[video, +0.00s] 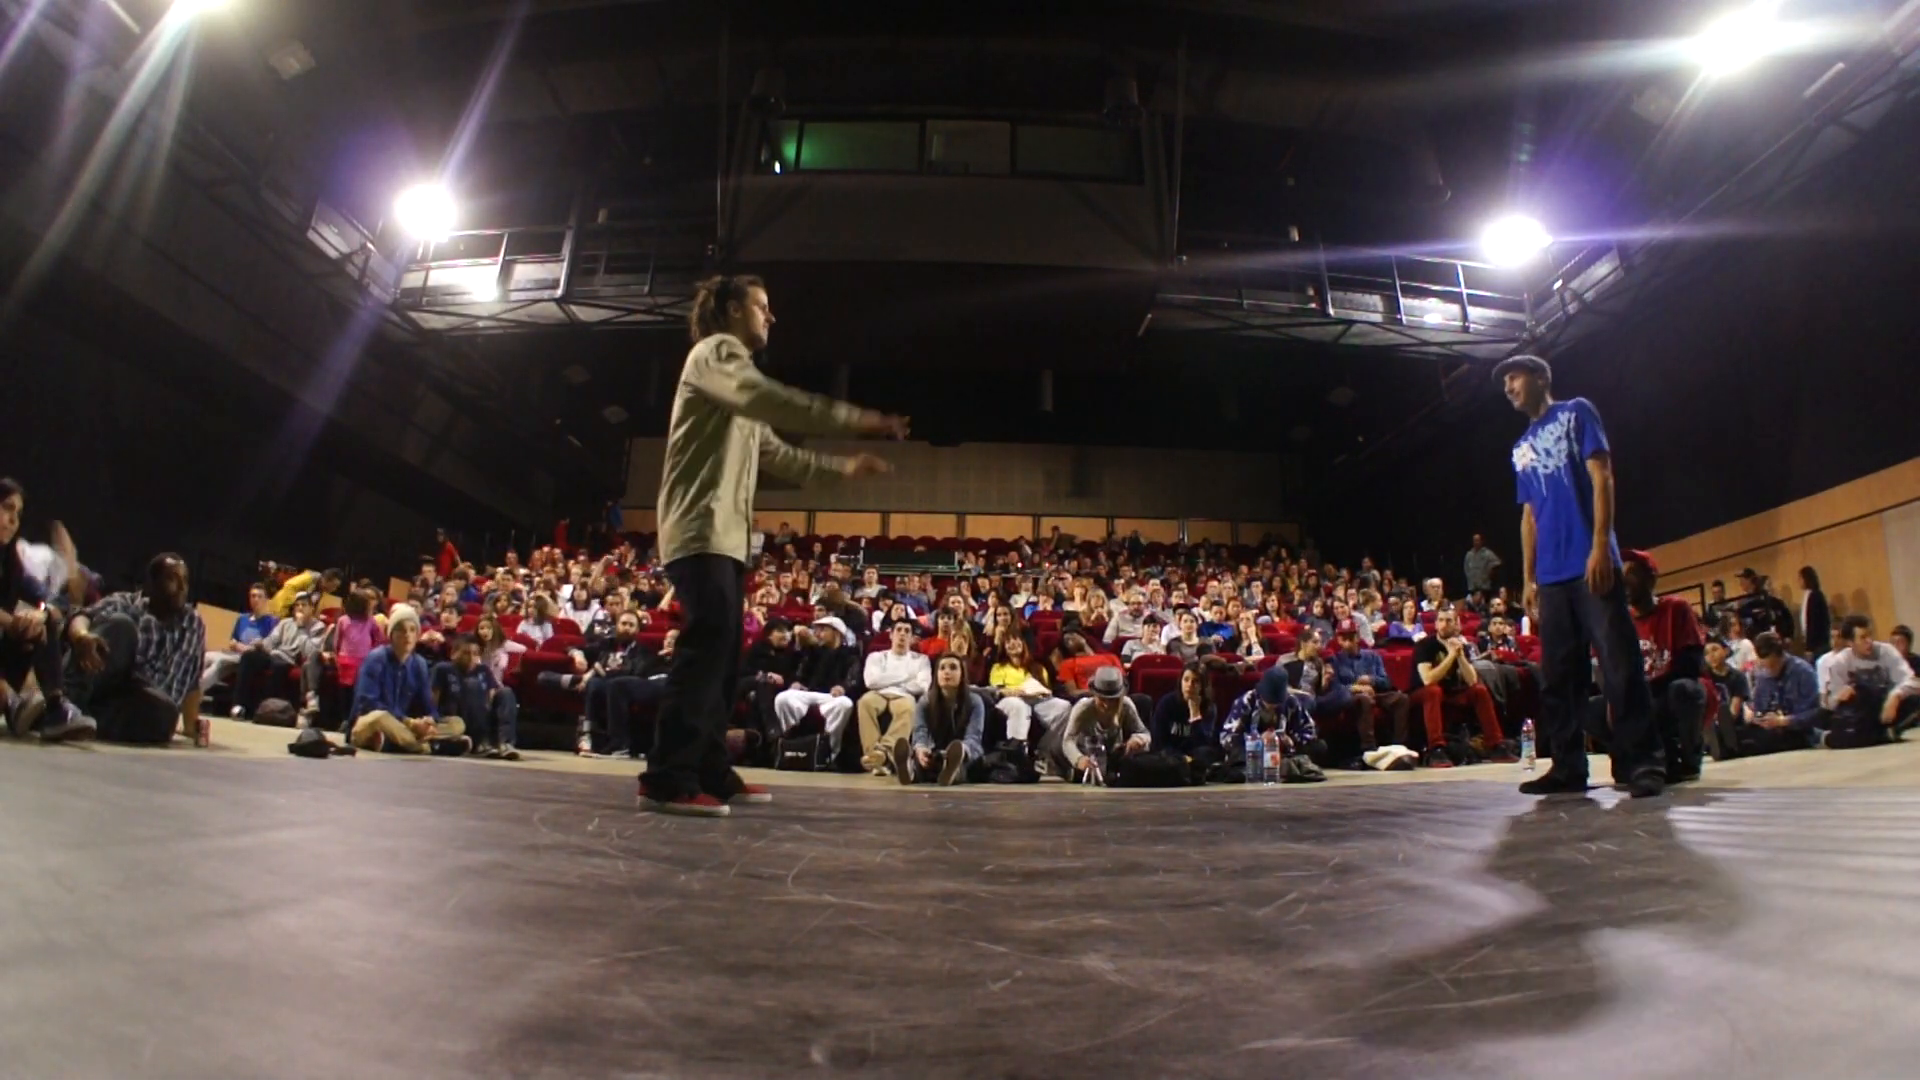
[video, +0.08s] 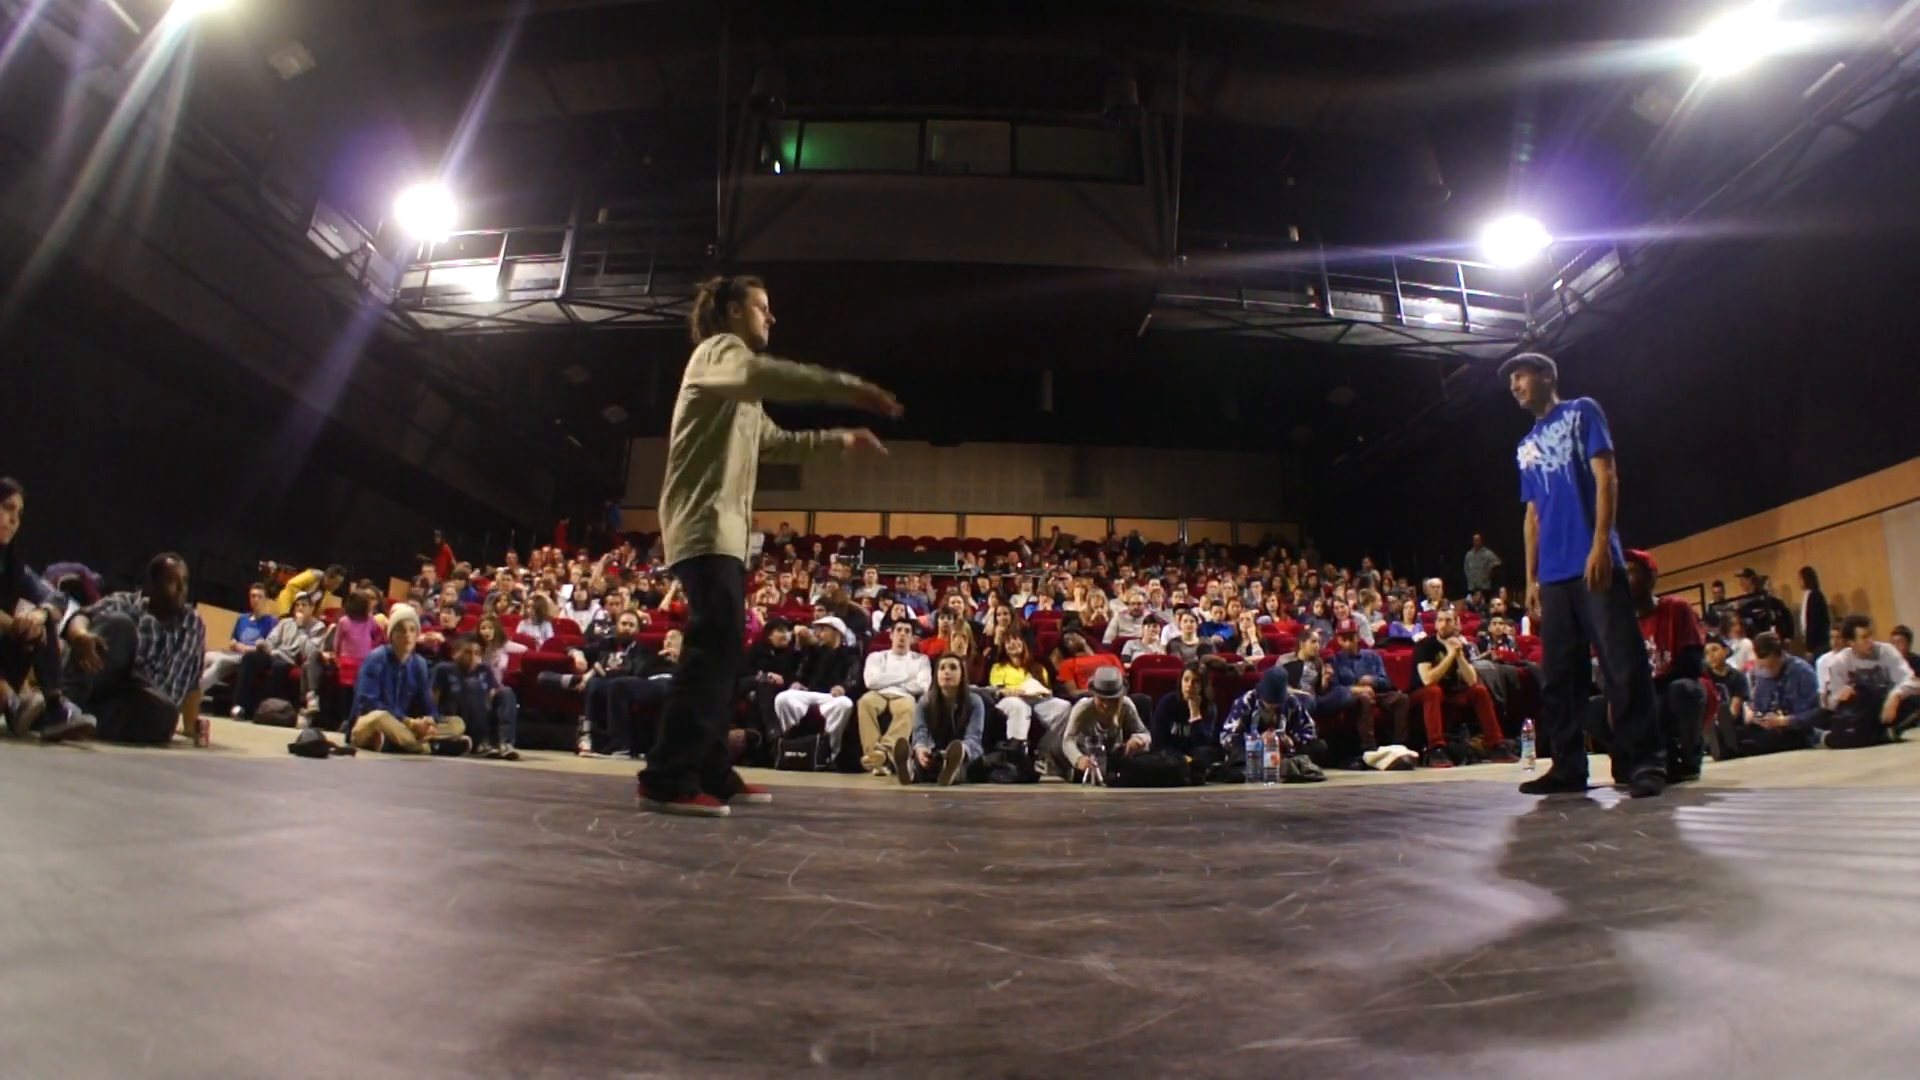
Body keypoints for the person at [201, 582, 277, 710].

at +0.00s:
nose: (255, 600)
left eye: (259, 596)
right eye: (253, 596)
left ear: (266, 599)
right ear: (249, 599)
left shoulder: (271, 621)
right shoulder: (242, 619)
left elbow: (268, 645)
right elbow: (233, 641)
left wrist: (244, 647)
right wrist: (239, 646)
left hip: (254, 656)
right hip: (235, 653)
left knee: (221, 661)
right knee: (207, 656)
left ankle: (195, 692)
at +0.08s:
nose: (255, 600)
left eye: (259, 596)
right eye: (253, 596)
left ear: (265, 599)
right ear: (249, 598)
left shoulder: (271, 621)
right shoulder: (242, 619)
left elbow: (266, 646)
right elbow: (233, 641)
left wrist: (244, 648)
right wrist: (239, 647)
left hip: (252, 655)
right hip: (235, 652)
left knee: (221, 661)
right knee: (207, 656)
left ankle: (196, 691)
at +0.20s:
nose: (256, 600)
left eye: (259, 596)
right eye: (253, 596)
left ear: (265, 599)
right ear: (249, 598)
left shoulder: (271, 622)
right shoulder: (242, 619)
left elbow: (267, 646)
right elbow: (233, 641)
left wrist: (242, 647)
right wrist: (238, 648)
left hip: (253, 655)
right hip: (235, 652)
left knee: (222, 661)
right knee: (208, 656)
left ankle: (196, 690)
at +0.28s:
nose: (256, 600)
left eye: (260, 597)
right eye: (253, 596)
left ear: (265, 599)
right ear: (249, 598)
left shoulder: (271, 622)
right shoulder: (242, 619)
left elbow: (266, 647)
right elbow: (233, 641)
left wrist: (242, 647)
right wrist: (240, 647)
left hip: (252, 655)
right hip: (235, 652)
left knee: (222, 662)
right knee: (207, 656)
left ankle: (196, 690)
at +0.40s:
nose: (256, 600)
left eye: (260, 597)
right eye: (253, 596)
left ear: (266, 599)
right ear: (249, 598)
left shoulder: (271, 622)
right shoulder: (242, 619)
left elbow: (266, 647)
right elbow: (233, 642)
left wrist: (241, 647)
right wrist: (243, 648)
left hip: (253, 656)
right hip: (236, 653)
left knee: (222, 662)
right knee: (207, 657)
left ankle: (195, 690)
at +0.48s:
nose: (256, 600)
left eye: (260, 597)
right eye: (253, 596)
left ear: (266, 600)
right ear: (249, 599)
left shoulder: (271, 622)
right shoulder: (242, 619)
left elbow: (266, 647)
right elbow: (233, 642)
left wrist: (240, 646)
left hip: (253, 655)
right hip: (235, 653)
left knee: (222, 662)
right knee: (207, 657)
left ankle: (196, 689)